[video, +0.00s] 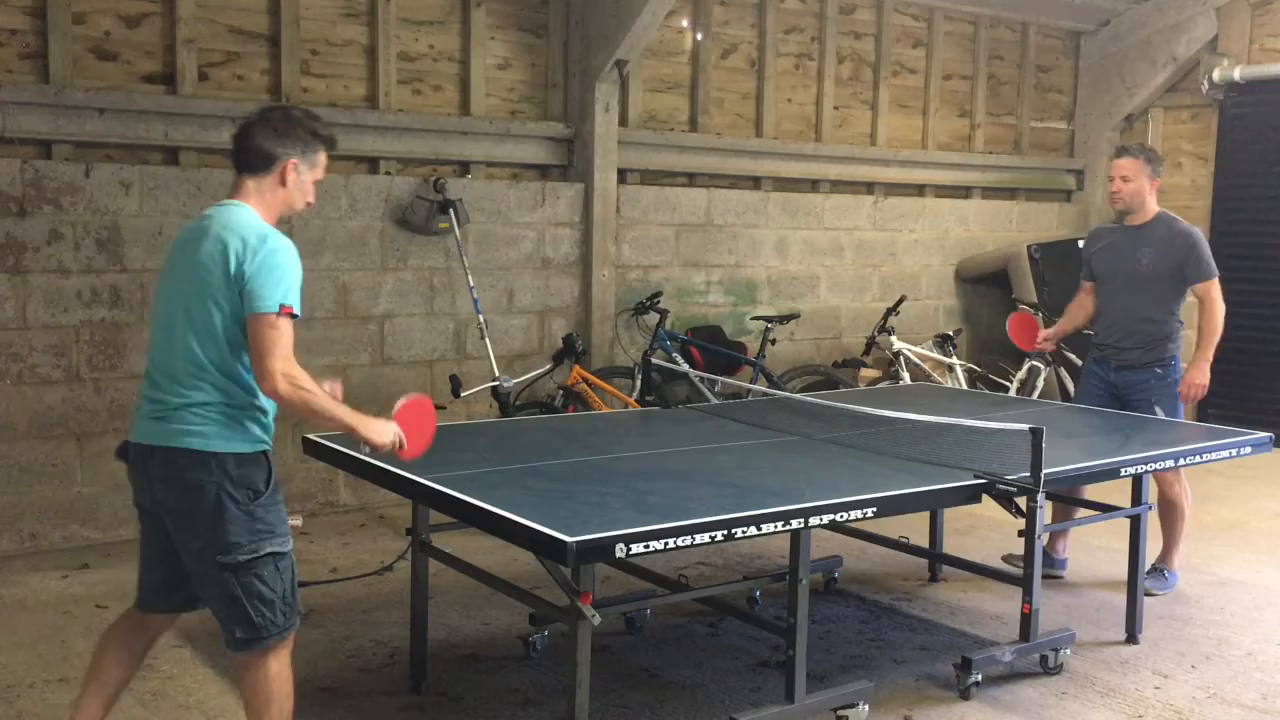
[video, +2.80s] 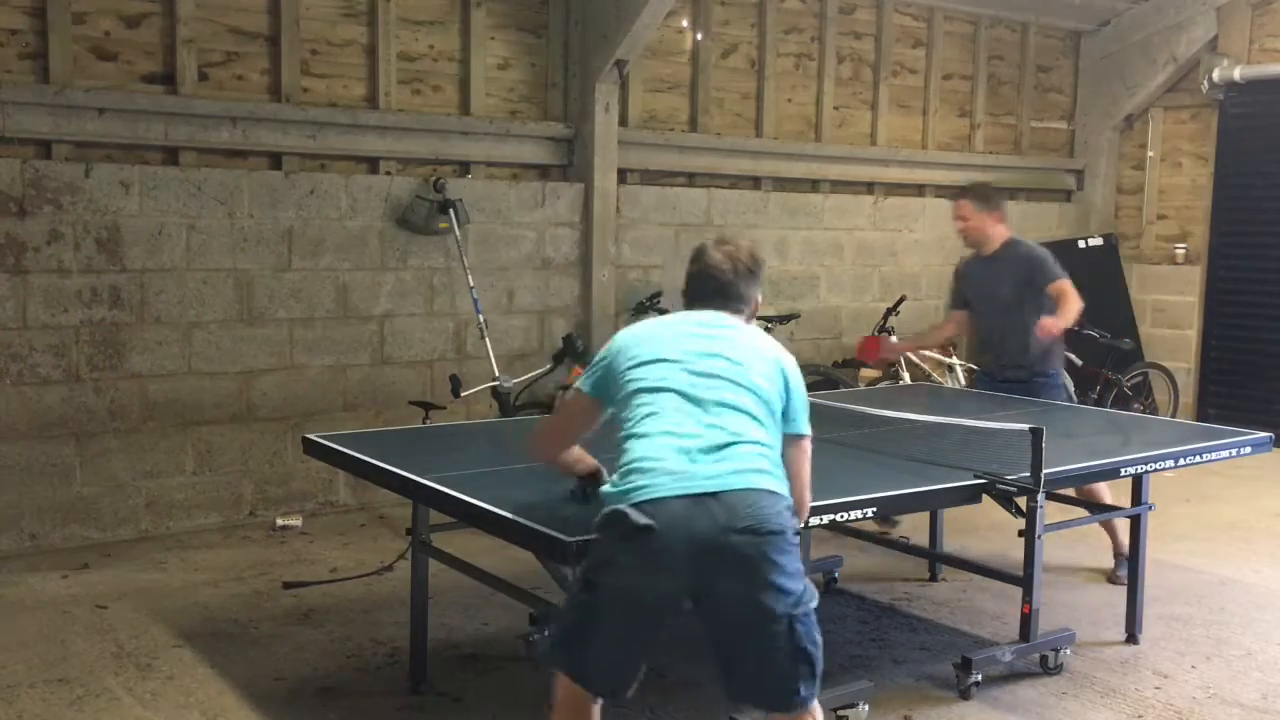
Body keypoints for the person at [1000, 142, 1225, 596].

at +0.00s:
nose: (1114, 188)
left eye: (1124, 180)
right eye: (1111, 181)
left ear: (1153, 185)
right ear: (1109, 185)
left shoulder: (1183, 238)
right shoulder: (1098, 238)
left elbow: (1212, 302)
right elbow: (1087, 298)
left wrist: (1201, 364)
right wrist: (1057, 331)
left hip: (1154, 375)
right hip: (1099, 370)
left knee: (1166, 474)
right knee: (1071, 458)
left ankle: (1167, 562)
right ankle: (1054, 549)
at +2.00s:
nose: (1151, 205)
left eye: (1162, 198)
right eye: (1146, 196)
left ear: (1185, 202)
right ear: (1140, 198)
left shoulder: (1211, 251)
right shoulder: (1119, 247)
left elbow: (1243, 304)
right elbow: (1094, 300)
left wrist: (1266, 351)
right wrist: (1069, 347)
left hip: (1174, 376)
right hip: (1114, 369)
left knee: (1189, 468)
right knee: (1077, 445)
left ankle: (1207, 555)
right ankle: (1056, 522)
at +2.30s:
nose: (1105, 202)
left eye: (1115, 194)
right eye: (1099, 194)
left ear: (1134, 199)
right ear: (1092, 198)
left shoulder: (1156, 250)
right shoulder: (1071, 248)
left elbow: (1184, 305)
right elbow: (1048, 296)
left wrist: (1202, 358)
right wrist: (1024, 339)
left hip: (1130, 376)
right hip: (1074, 372)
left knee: (1157, 464)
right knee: (1057, 452)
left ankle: (1197, 552)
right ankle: (1051, 524)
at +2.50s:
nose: (1064, 201)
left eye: (1073, 193)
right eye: (1058, 194)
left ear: (1095, 197)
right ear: (1054, 199)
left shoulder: (1124, 245)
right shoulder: (1042, 249)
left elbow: (1152, 304)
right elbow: (1024, 302)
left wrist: (1151, 361)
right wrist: (984, 332)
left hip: (1108, 369)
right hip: (1055, 366)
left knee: (1113, 461)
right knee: (1041, 448)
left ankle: (1129, 546)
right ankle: (1048, 522)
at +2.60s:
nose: (1037, 215)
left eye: (1045, 206)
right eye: (1034, 207)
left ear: (1072, 206)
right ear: (1035, 210)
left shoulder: (1105, 257)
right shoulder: (1031, 259)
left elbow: (1136, 319)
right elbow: (1013, 313)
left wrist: (1119, 373)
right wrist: (959, 339)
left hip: (1090, 381)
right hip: (1039, 376)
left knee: (1109, 468)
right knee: (1004, 435)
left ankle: (1127, 548)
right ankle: (1013, 510)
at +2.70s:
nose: (1001, 224)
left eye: (1008, 215)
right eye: (1000, 216)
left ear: (1038, 215)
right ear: (1016, 219)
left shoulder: (1074, 261)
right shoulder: (1007, 267)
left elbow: (1102, 319)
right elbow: (995, 319)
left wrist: (1080, 349)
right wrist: (948, 345)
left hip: (1071, 384)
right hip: (1021, 379)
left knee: (1093, 462)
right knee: (966, 429)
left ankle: (1125, 548)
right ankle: (929, 506)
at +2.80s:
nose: (958, 227)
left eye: (964, 218)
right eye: (956, 219)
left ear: (994, 217)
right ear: (973, 222)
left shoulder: (1031, 257)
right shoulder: (968, 270)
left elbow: (1071, 301)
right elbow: (954, 326)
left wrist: (1059, 321)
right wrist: (902, 346)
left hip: (1043, 385)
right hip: (990, 384)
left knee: (1081, 464)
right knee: (939, 441)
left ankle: (1123, 547)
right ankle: (890, 505)